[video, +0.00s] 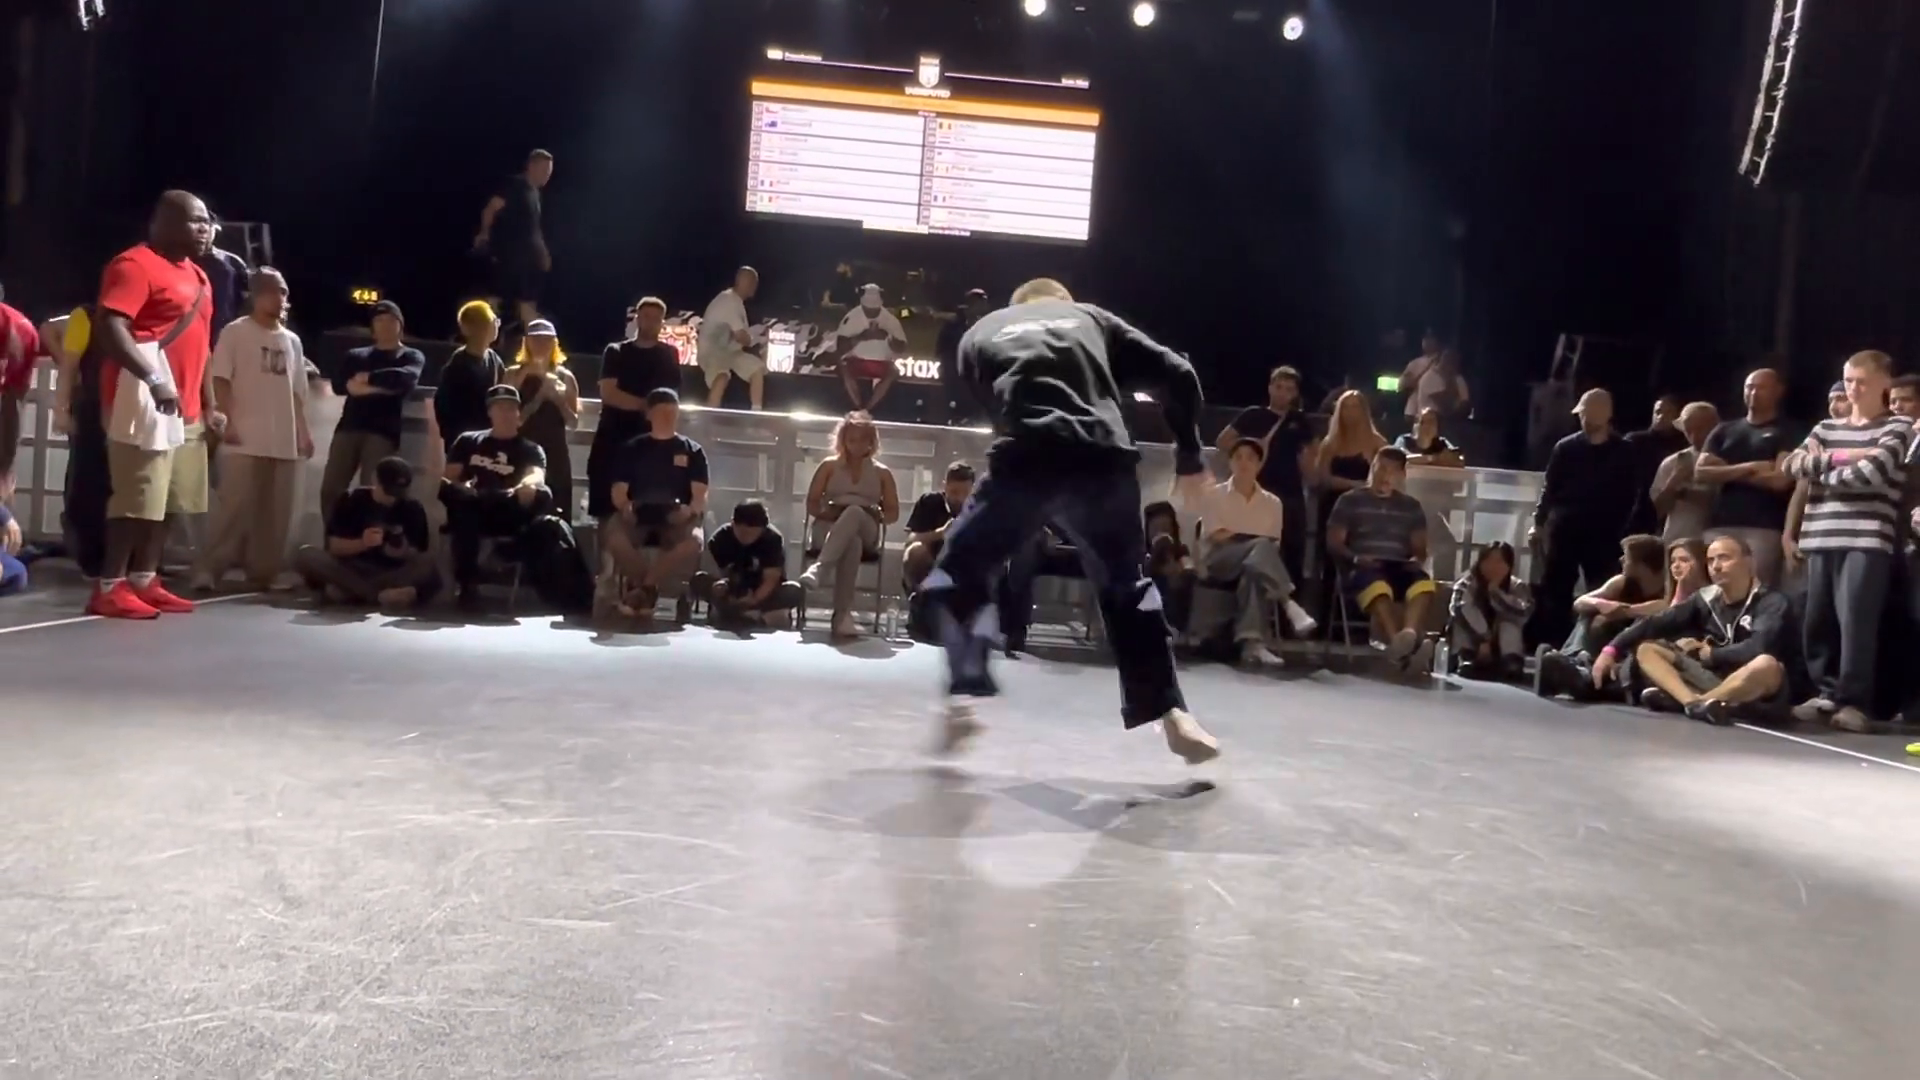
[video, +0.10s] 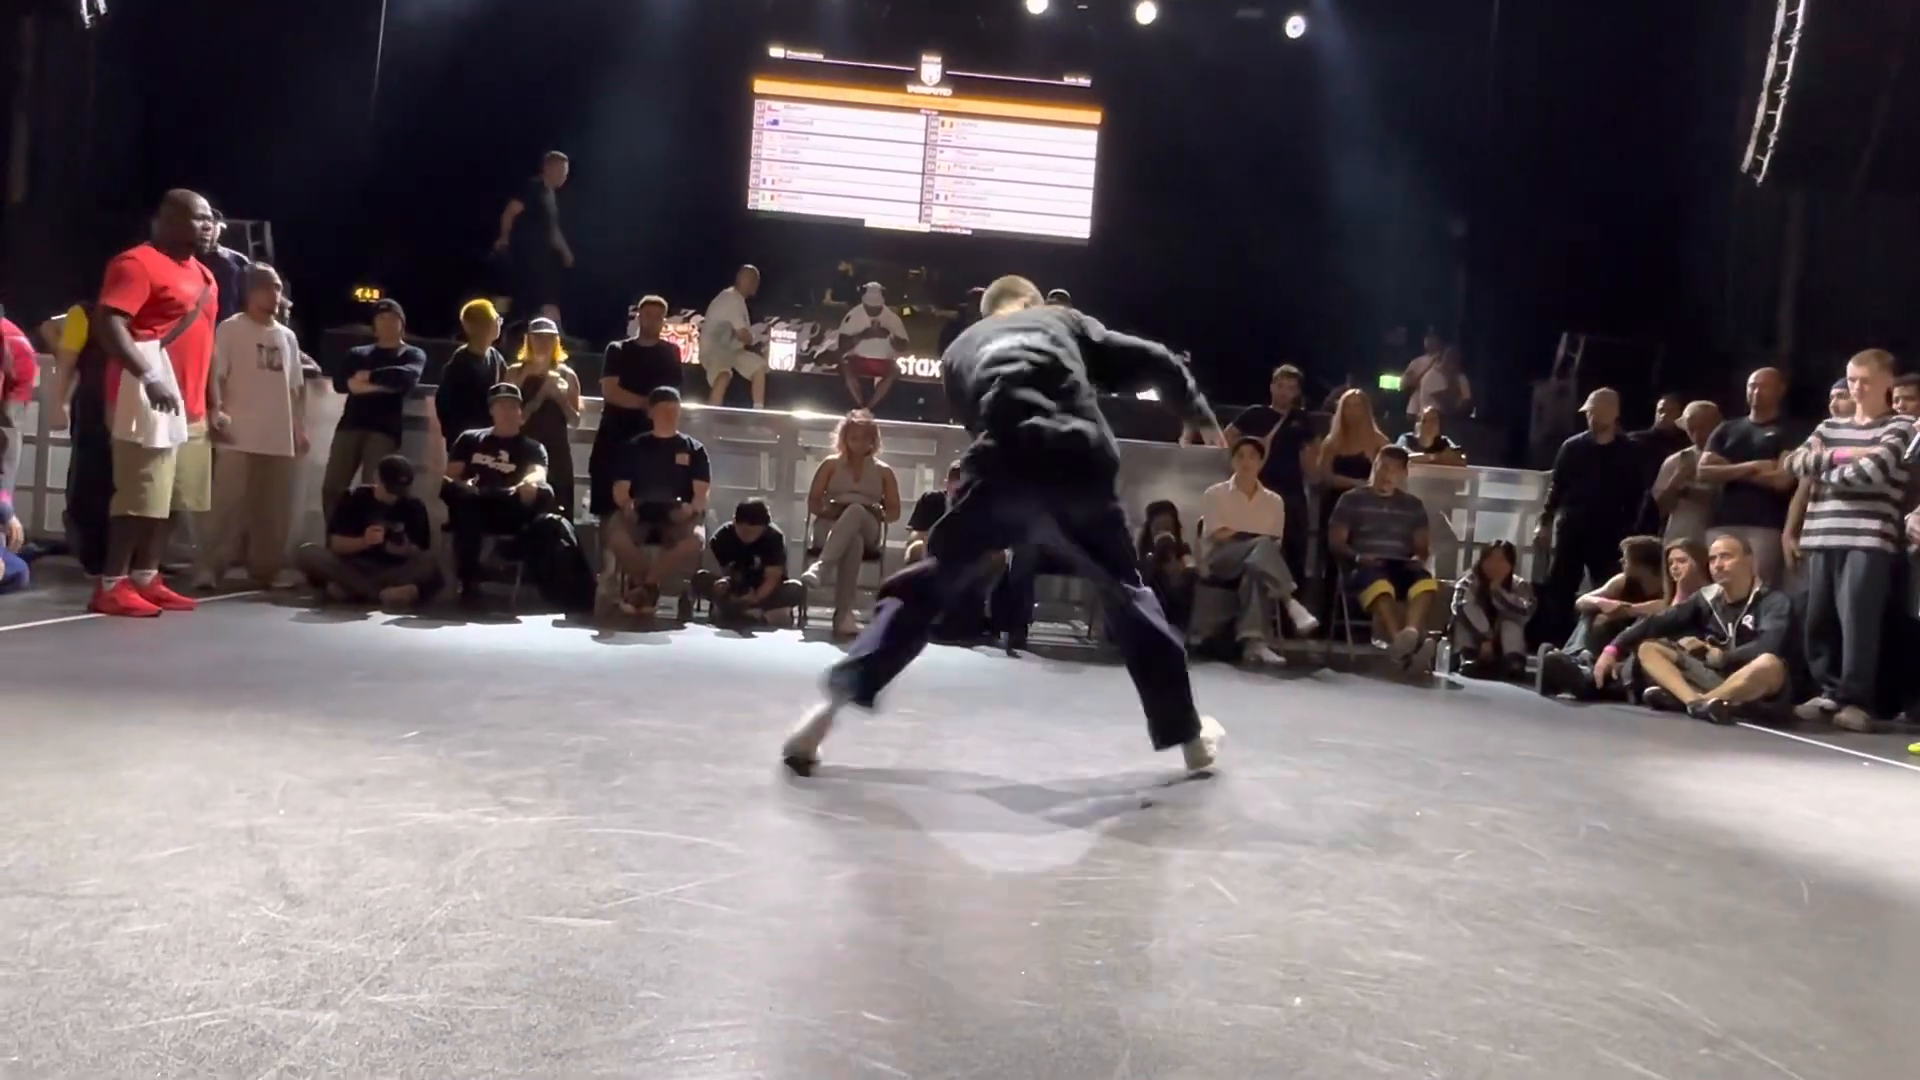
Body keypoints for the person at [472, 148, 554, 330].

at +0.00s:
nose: (548, 174)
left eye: (549, 169)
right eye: (544, 168)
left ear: (549, 170)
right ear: (532, 166)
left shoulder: (534, 193)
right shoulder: (515, 186)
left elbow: (534, 230)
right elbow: (491, 209)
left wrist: (543, 254)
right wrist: (484, 233)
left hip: (528, 254)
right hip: (505, 251)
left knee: (527, 302)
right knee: (494, 297)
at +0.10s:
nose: (565, 176)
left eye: (566, 172)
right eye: (562, 171)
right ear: (549, 168)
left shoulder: (549, 193)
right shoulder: (533, 188)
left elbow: (553, 229)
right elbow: (509, 213)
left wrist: (565, 252)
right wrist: (504, 237)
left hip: (545, 252)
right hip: (530, 251)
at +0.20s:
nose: (582, 173)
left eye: (584, 168)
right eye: (579, 167)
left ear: (581, 170)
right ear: (567, 167)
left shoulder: (568, 193)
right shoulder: (554, 189)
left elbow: (571, 230)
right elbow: (532, 214)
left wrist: (582, 250)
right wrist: (527, 242)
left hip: (562, 250)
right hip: (551, 249)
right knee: (567, 295)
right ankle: (569, 338)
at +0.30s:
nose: (599, 170)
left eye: (601, 166)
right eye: (596, 165)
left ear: (602, 169)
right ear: (584, 165)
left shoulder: (587, 192)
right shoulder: (570, 186)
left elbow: (584, 230)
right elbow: (554, 217)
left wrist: (593, 251)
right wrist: (554, 241)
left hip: (581, 252)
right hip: (566, 250)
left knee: (576, 296)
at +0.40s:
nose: (619, 169)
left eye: (621, 165)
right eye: (615, 164)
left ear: (620, 167)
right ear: (603, 163)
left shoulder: (603, 189)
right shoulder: (589, 184)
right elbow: (575, 213)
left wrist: (602, 242)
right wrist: (580, 241)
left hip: (600, 247)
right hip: (589, 247)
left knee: (600, 295)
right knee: (583, 294)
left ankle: (576, 328)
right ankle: (574, 335)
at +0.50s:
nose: (639, 172)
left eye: (640, 167)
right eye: (637, 166)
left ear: (636, 168)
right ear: (623, 165)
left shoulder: (623, 190)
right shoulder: (608, 185)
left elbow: (620, 221)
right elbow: (595, 214)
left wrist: (622, 243)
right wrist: (608, 242)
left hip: (622, 250)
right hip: (603, 249)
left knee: (624, 294)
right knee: (589, 292)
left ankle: (623, 336)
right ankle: (577, 334)